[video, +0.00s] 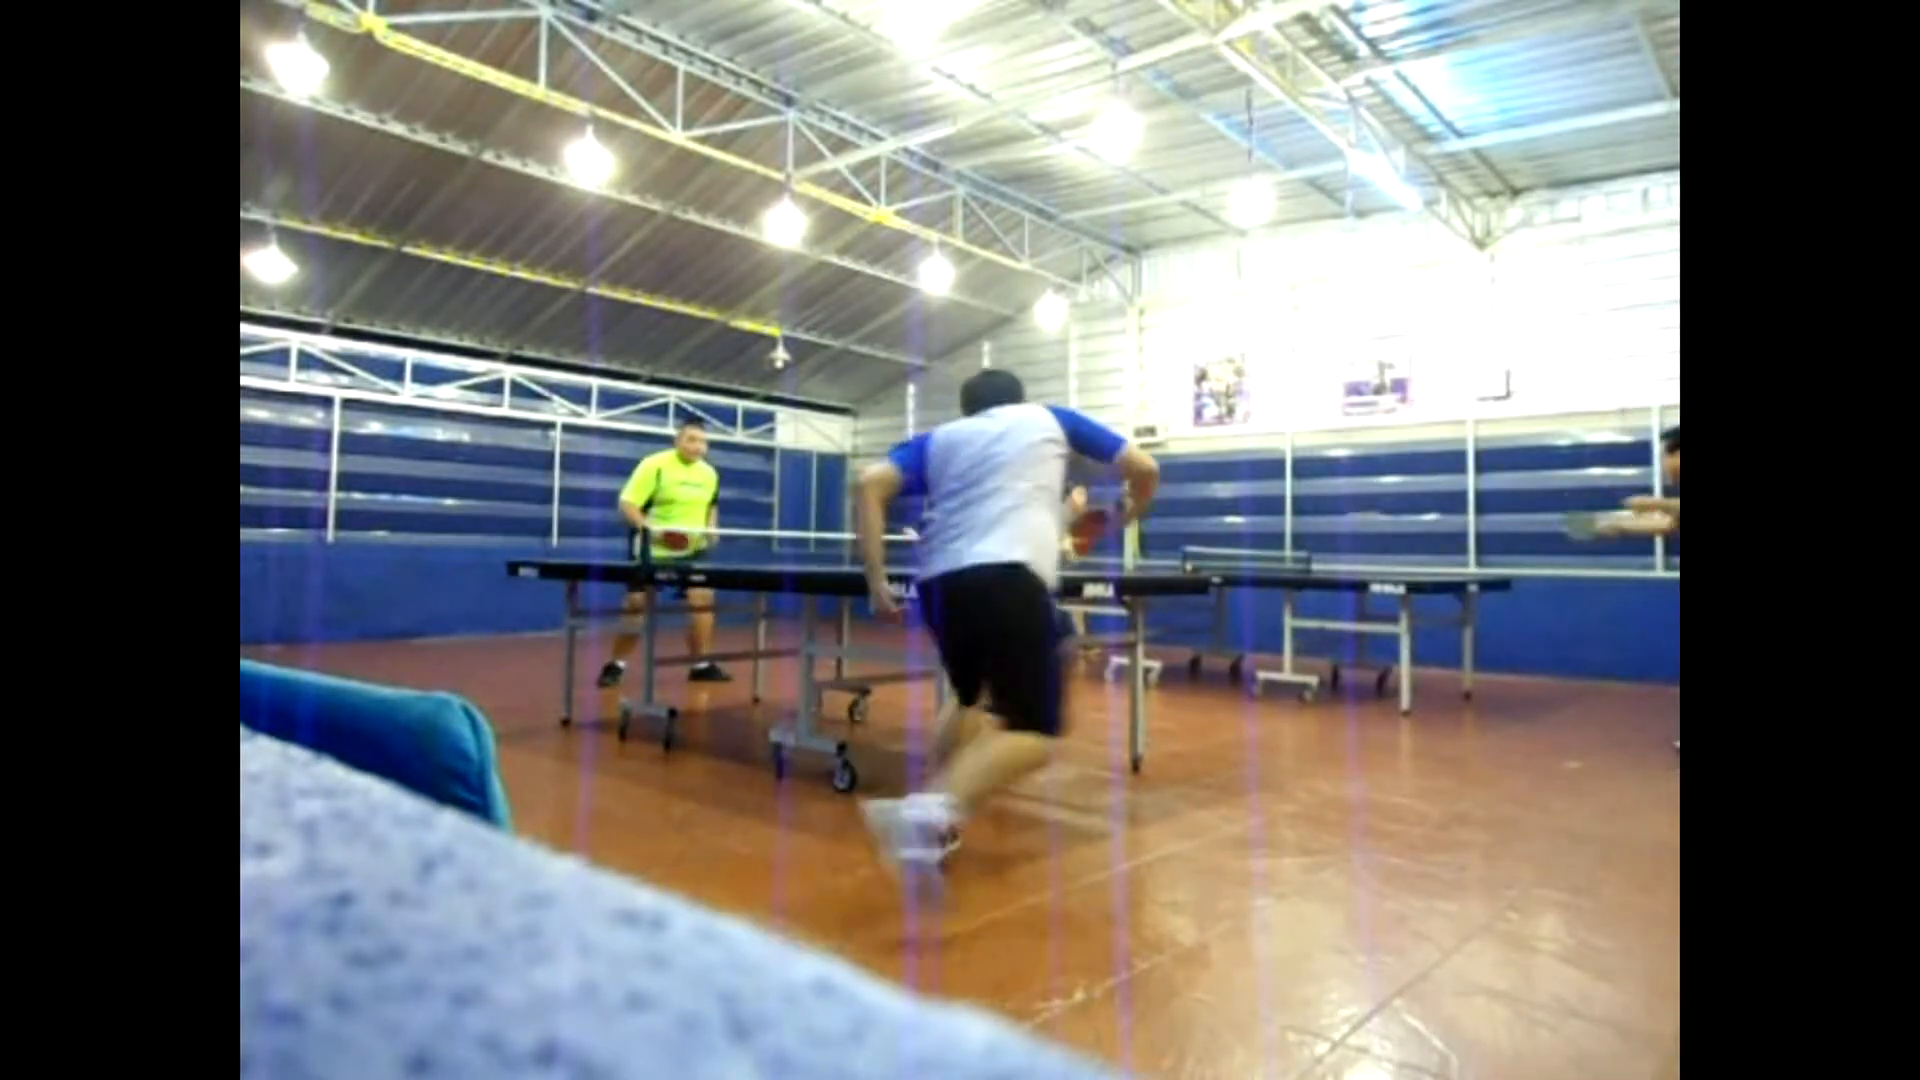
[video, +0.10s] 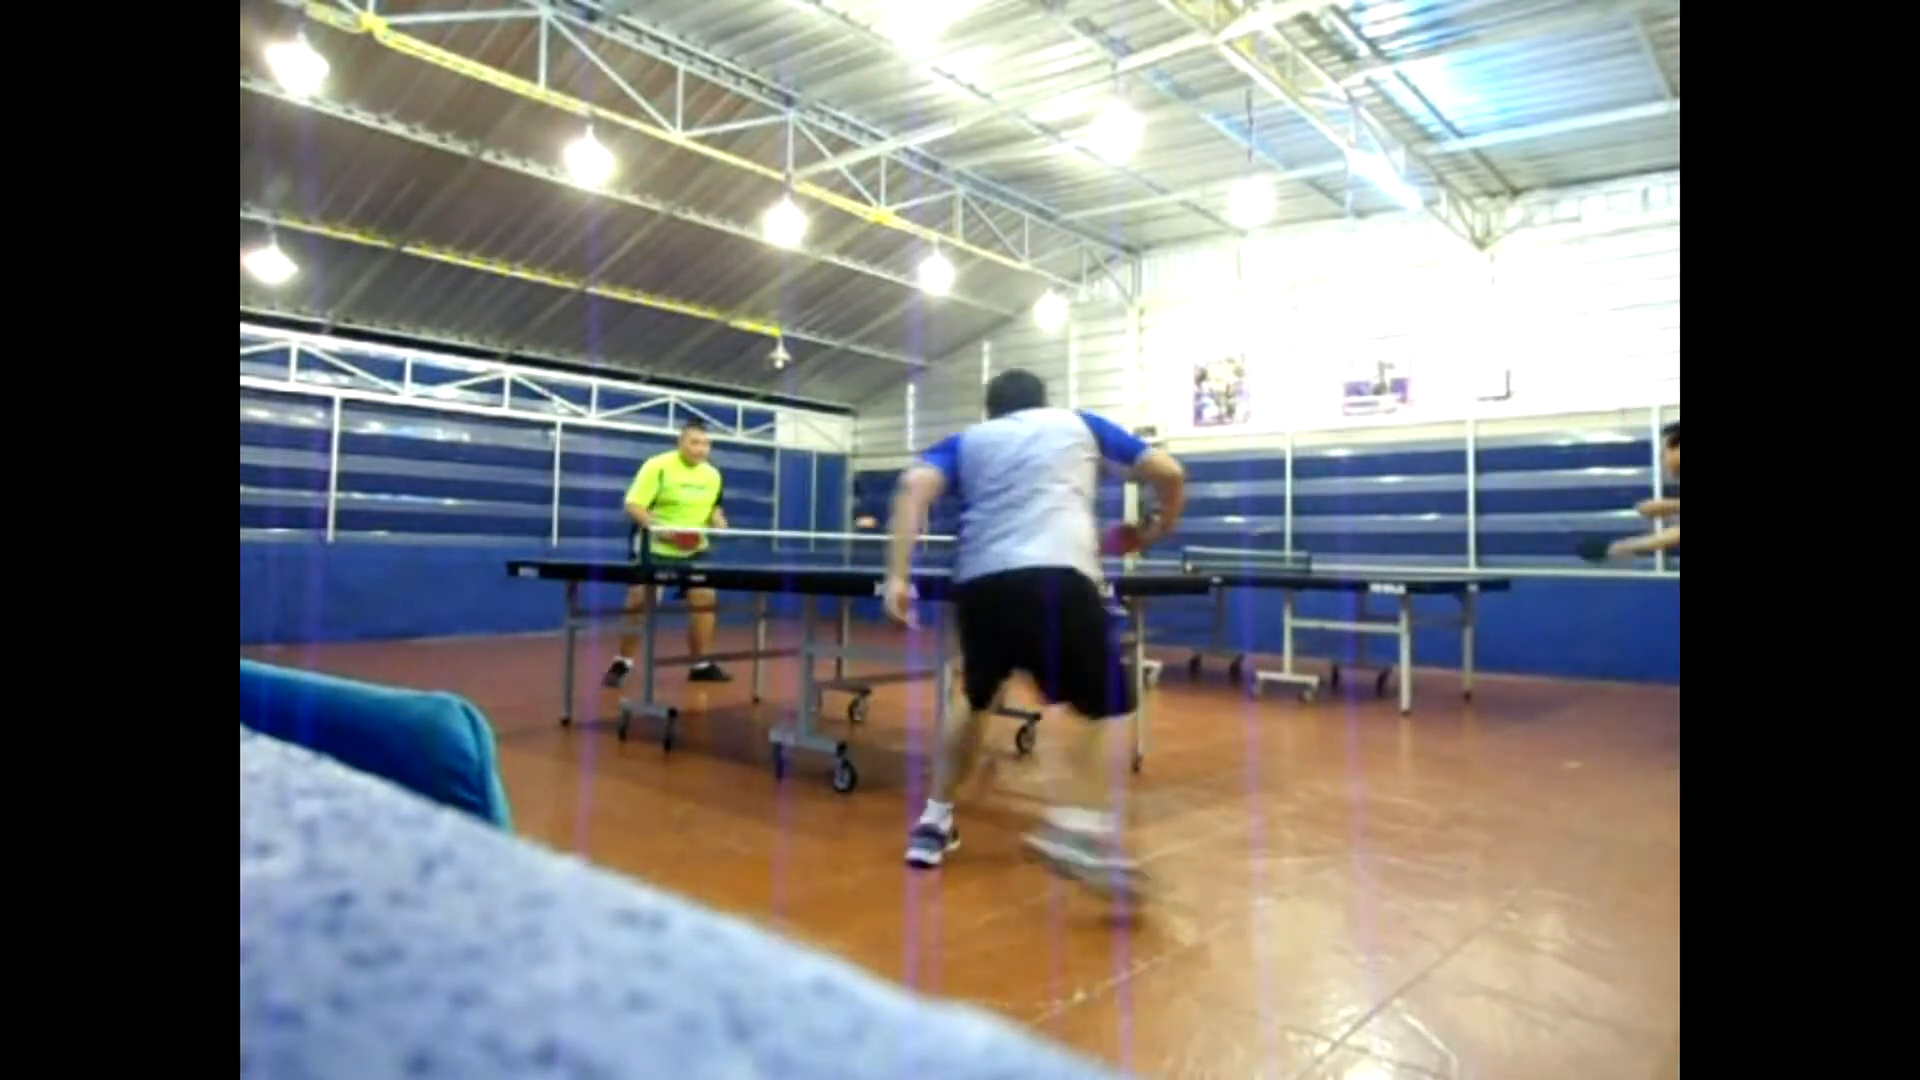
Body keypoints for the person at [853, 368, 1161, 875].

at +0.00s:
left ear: (967, 410)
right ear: (1021, 400)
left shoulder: (938, 440)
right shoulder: (1049, 418)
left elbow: (871, 483)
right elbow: (1143, 468)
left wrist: (876, 580)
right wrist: (1131, 513)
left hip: (942, 583)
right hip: (1013, 576)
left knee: (965, 697)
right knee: (1035, 733)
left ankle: (936, 811)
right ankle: (937, 806)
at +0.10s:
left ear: (990, 411)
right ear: (1044, 402)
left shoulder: (966, 441)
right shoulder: (1079, 424)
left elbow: (914, 486)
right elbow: (1168, 473)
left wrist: (897, 574)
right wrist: (1155, 530)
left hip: (985, 588)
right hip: (1064, 582)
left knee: (972, 698)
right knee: (1098, 712)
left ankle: (934, 820)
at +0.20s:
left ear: (1027, 411)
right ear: (1081, 403)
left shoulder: (1007, 443)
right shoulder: (1123, 428)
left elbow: (970, 491)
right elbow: (1210, 478)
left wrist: (945, 569)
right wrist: (1190, 532)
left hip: (1035, 598)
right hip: (1121, 593)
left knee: (997, 707)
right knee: (1175, 704)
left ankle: (936, 821)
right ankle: (1237, 837)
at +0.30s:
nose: (1074, 417)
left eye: (1073, 409)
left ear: (1076, 411)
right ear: (1128, 405)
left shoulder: (1063, 448)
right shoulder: (1179, 438)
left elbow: (1031, 505)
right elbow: (1261, 490)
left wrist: (1006, 576)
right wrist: (1227, 531)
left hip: (1092, 605)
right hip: (1182, 599)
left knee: (1024, 711)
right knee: (1234, 711)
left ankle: (945, 817)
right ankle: (1295, 823)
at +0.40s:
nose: (1114, 415)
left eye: (1114, 408)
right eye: (1115, 408)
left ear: (1125, 406)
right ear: (1172, 401)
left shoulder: (1118, 440)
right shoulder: (1232, 439)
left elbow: (1087, 500)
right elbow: (1301, 502)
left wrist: (1057, 581)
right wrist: (1256, 541)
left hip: (1156, 598)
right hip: (1239, 597)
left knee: (1070, 699)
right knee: (1259, 701)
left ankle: (992, 824)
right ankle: (1300, 825)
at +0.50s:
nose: (1142, 390)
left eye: (1143, 382)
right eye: (1143, 383)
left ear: (1154, 379)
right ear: (1203, 374)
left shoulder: (1147, 406)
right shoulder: (1260, 417)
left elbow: (1115, 461)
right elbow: (1319, 495)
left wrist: (1090, 556)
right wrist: (1275, 535)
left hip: (1180, 572)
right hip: (1264, 574)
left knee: (1096, 668)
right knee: (1275, 695)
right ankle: (1305, 822)